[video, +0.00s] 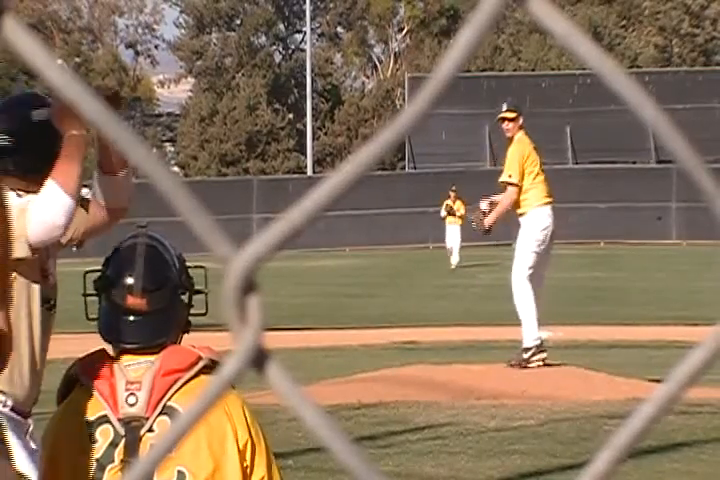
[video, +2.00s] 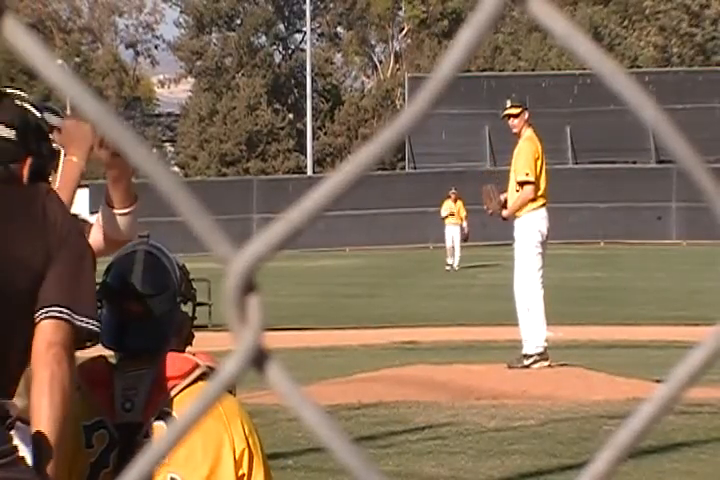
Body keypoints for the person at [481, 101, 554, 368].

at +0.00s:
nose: (506, 125)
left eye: (510, 120)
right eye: (503, 121)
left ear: (520, 121)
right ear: (501, 123)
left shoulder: (517, 146)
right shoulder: (522, 143)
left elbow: (512, 193)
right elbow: (519, 187)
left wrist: (489, 221)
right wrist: (495, 200)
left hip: (535, 214)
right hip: (541, 212)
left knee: (520, 276)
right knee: (530, 278)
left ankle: (532, 343)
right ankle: (531, 342)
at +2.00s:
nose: (511, 121)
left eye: (515, 116)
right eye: (508, 117)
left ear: (526, 115)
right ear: (508, 120)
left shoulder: (526, 144)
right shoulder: (527, 141)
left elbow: (530, 189)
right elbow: (522, 183)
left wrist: (509, 210)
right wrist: (504, 199)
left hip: (531, 215)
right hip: (528, 214)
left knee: (528, 282)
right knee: (526, 282)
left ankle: (535, 347)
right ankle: (533, 346)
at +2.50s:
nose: (511, 120)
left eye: (515, 115)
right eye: (508, 117)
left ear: (526, 115)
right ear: (507, 120)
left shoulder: (526, 143)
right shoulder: (525, 141)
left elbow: (528, 189)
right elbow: (522, 181)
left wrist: (507, 209)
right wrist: (504, 198)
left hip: (530, 215)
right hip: (527, 213)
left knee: (528, 281)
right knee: (525, 281)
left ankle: (535, 347)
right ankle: (532, 345)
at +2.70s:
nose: (510, 121)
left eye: (514, 115)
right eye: (506, 117)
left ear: (525, 115)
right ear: (506, 120)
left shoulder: (525, 144)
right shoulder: (524, 142)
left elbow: (528, 189)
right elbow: (520, 181)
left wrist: (508, 209)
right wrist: (503, 198)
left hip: (530, 215)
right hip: (527, 213)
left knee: (528, 281)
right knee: (525, 280)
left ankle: (534, 346)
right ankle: (532, 344)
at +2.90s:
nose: (508, 121)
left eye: (512, 116)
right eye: (505, 117)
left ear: (524, 115)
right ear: (507, 120)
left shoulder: (525, 144)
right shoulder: (525, 141)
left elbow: (528, 189)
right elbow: (521, 181)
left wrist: (508, 210)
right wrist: (503, 199)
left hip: (530, 215)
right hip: (527, 213)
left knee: (528, 281)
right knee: (525, 280)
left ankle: (534, 346)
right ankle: (532, 345)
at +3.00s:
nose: (508, 122)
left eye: (512, 116)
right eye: (505, 118)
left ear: (523, 116)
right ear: (505, 121)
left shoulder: (524, 145)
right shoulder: (524, 142)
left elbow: (527, 189)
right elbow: (523, 182)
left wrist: (507, 210)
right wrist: (505, 198)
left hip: (530, 215)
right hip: (527, 213)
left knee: (527, 281)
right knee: (525, 281)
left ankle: (534, 346)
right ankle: (532, 345)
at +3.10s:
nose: (505, 124)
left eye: (509, 118)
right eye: (502, 120)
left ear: (520, 117)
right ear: (504, 122)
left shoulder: (521, 145)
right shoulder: (524, 141)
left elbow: (526, 190)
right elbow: (523, 184)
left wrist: (505, 211)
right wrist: (506, 202)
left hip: (530, 215)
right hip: (529, 213)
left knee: (525, 281)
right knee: (524, 280)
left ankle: (534, 347)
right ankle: (532, 345)